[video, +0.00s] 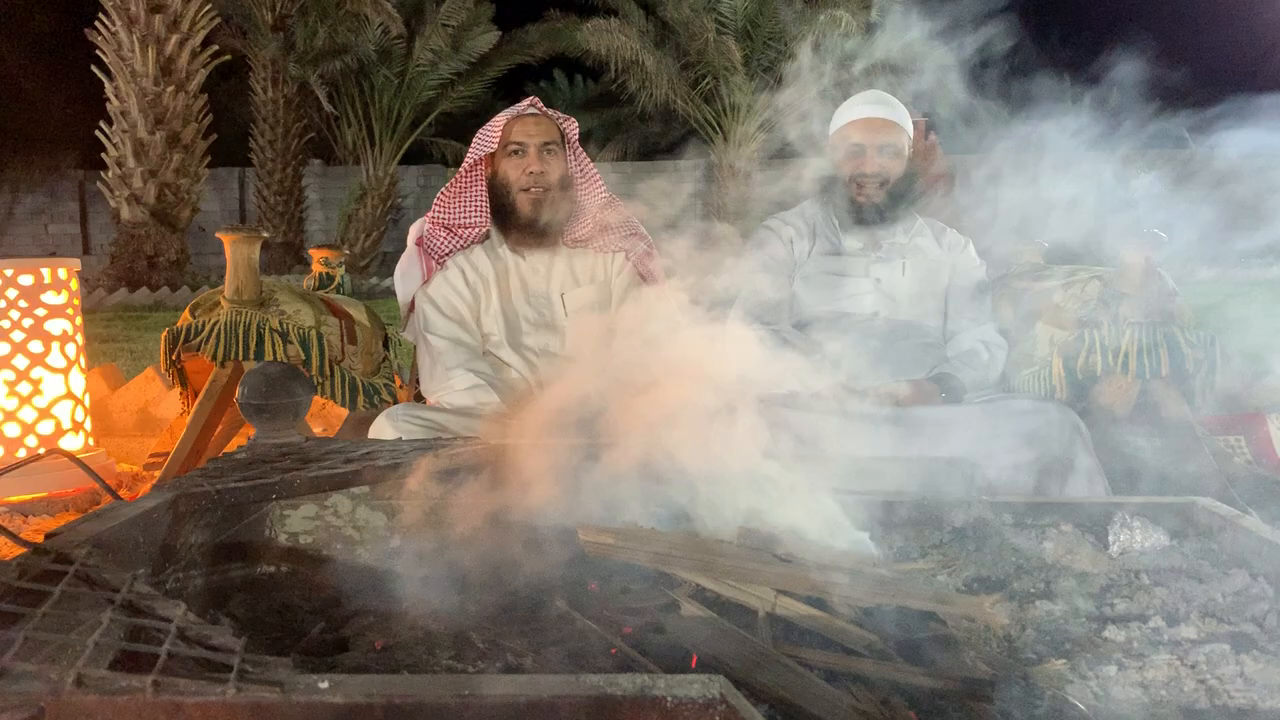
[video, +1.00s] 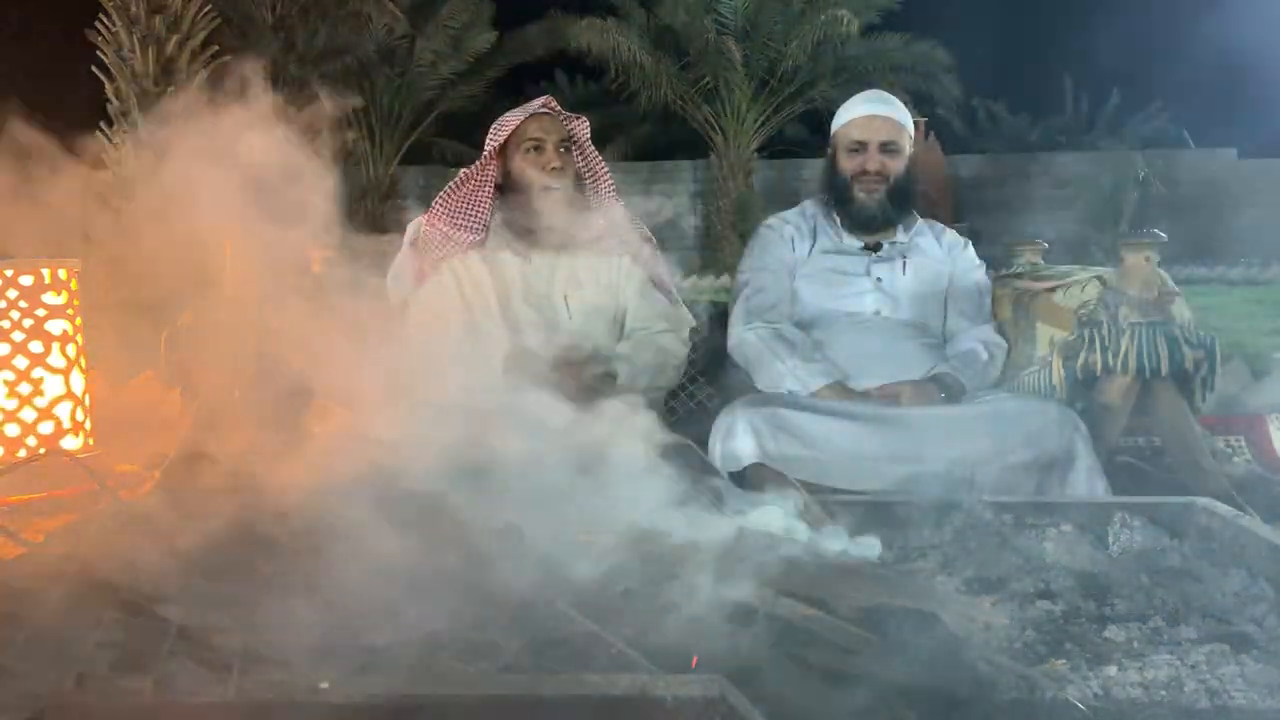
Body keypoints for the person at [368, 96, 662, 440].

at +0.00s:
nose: (535, 166)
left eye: (549, 151)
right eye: (517, 153)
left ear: (570, 169)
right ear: (489, 172)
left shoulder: (618, 261)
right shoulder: (453, 281)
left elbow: (649, 356)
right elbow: (452, 384)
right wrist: (515, 435)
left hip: (602, 421)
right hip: (499, 427)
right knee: (392, 427)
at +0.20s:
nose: (535, 166)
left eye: (549, 152)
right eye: (517, 153)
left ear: (568, 170)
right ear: (490, 173)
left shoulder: (612, 270)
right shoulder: (453, 282)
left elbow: (647, 373)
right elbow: (449, 393)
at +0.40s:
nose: (536, 167)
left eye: (550, 152)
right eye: (516, 153)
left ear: (568, 170)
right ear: (491, 173)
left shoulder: (615, 270)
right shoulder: (454, 283)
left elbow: (648, 371)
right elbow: (449, 393)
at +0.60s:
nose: (537, 168)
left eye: (552, 153)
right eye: (518, 153)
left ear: (570, 169)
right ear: (491, 172)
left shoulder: (618, 275)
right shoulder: (452, 283)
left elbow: (647, 385)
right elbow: (447, 394)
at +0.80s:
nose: (548, 164)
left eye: (558, 149)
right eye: (527, 150)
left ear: (574, 164)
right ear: (495, 166)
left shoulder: (616, 268)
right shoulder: (456, 277)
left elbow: (650, 366)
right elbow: (434, 388)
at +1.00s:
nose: (555, 161)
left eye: (564, 147)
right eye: (534, 149)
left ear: (579, 161)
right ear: (502, 168)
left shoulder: (613, 259)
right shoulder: (460, 267)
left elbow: (666, 341)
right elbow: (421, 363)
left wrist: (608, 370)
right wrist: (507, 365)